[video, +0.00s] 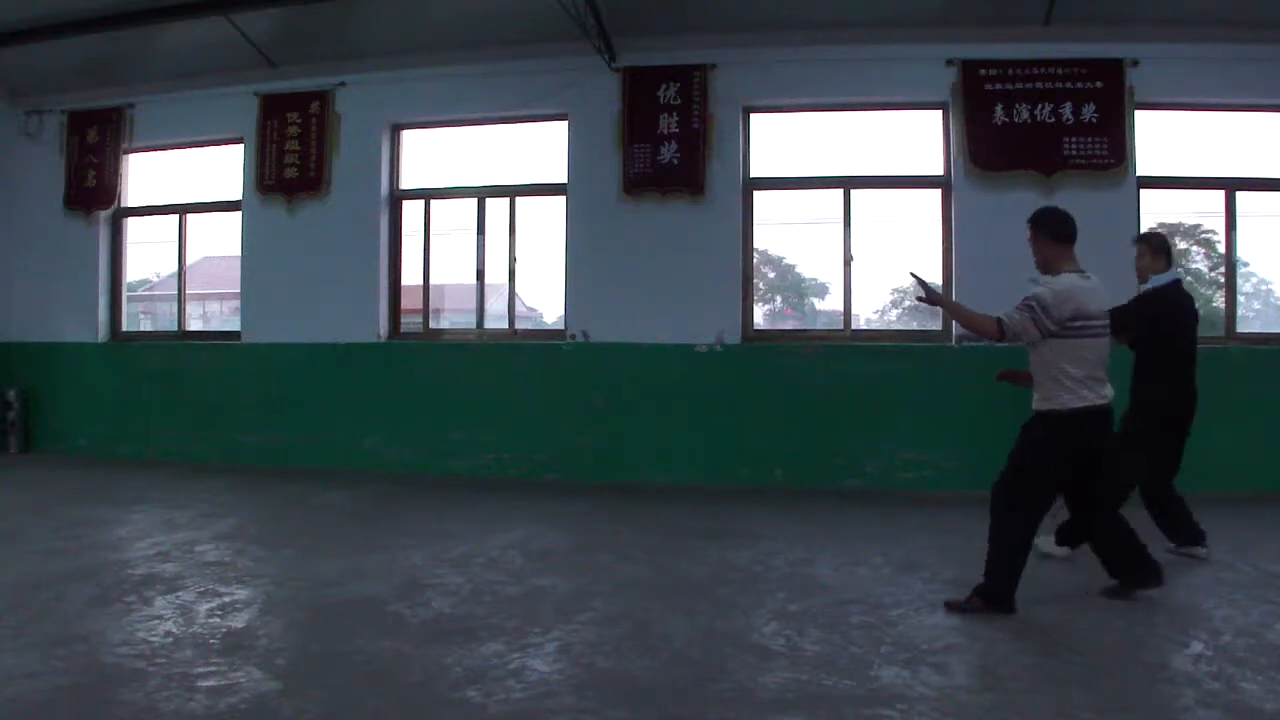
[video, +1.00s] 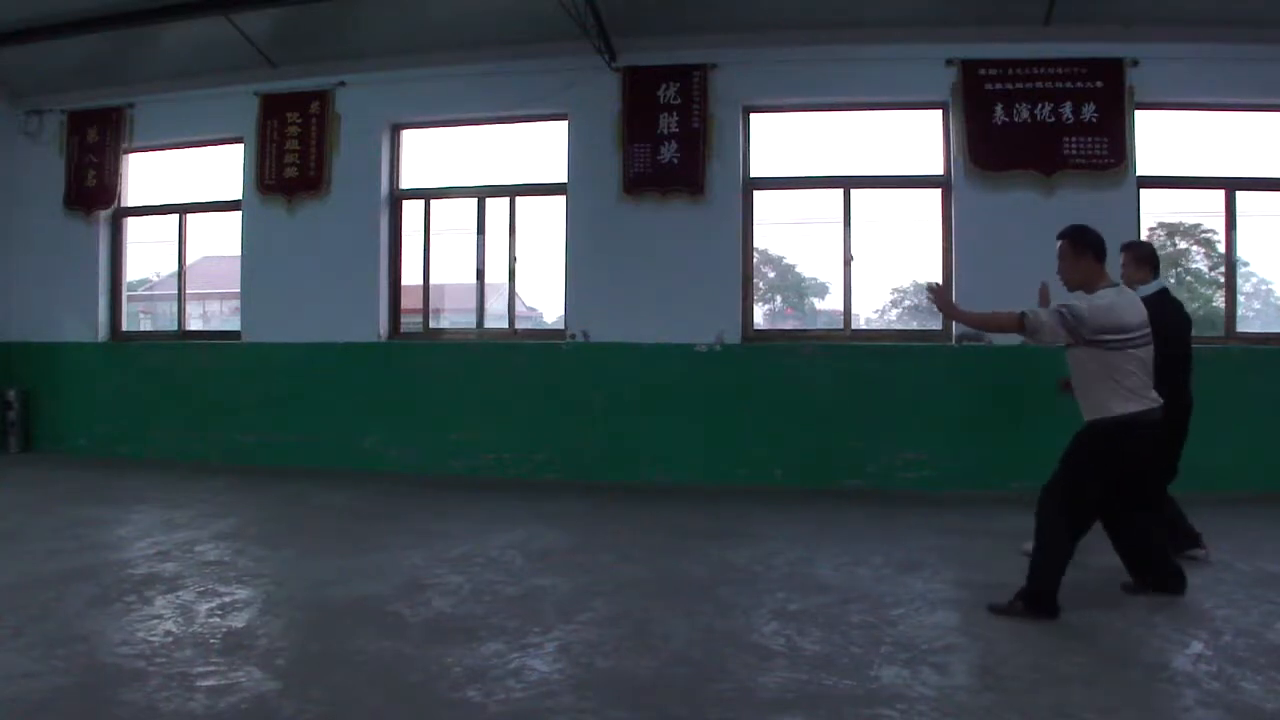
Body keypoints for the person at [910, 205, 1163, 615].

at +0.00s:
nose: (1031, 250)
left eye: (1033, 242)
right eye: (1031, 242)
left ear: (1048, 243)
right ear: (1068, 242)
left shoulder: (1051, 294)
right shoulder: (1094, 290)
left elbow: (999, 330)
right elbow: (1086, 361)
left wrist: (943, 302)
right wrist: (1033, 377)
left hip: (1057, 422)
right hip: (1095, 418)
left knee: (1012, 500)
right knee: (1090, 504)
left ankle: (996, 594)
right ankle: (1140, 572)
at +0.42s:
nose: (1071, 252)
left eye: (1077, 243)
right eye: (1072, 243)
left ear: (1100, 244)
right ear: (1109, 245)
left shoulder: (1100, 298)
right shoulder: (1139, 292)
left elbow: (1035, 323)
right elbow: (1129, 354)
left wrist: (969, 308)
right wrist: (1085, 379)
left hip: (1111, 420)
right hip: (1143, 415)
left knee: (1065, 499)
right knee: (1109, 500)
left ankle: (1043, 597)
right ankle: (1147, 583)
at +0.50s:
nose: (1069, 252)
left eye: (1074, 243)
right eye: (1069, 244)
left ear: (1097, 243)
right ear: (1106, 245)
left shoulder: (1096, 297)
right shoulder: (1139, 292)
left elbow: (1034, 323)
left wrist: (966, 308)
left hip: (1111, 419)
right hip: (1144, 413)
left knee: (1067, 500)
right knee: (1111, 500)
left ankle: (1044, 598)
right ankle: (1146, 583)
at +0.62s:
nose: (1062, 253)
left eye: (1067, 243)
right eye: (1062, 244)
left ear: (1089, 243)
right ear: (1102, 245)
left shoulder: (1086, 298)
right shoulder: (1136, 292)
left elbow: (1024, 323)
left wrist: (961, 307)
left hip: (1105, 420)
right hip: (1144, 413)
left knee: (1063, 501)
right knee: (1113, 500)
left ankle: (1043, 598)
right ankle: (1147, 582)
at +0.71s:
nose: (1053, 255)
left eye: (1057, 245)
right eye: (1052, 246)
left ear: (1079, 244)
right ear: (1093, 245)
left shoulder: (1073, 300)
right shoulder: (1132, 292)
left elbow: (1014, 323)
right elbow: (1149, 340)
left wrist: (957, 305)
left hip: (1098, 420)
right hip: (1140, 413)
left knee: (1057, 502)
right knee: (1113, 500)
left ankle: (1041, 598)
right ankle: (1147, 582)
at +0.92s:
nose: (1049, 266)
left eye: (1053, 257)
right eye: (1049, 258)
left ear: (1075, 255)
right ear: (1088, 257)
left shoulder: (1066, 310)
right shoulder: (1130, 301)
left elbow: (1010, 326)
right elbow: (1147, 352)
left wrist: (951, 310)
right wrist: (1084, 382)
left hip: (1099, 429)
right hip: (1142, 420)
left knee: (1048, 502)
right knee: (1105, 498)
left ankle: (1039, 599)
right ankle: (1157, 570)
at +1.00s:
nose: (1059, 269)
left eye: (1063, 259)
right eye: (1059, 260)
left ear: (1087, 260)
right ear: (1097, 261)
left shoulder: (1087, 310)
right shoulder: (1131, 302)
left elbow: (1020, 323)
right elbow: (1092, 337)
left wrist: (956, 313)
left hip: (1110, 431)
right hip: (1147, 423)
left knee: (1059, 505)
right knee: (1120, 504)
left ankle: (1039, 598)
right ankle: (1161, 576)